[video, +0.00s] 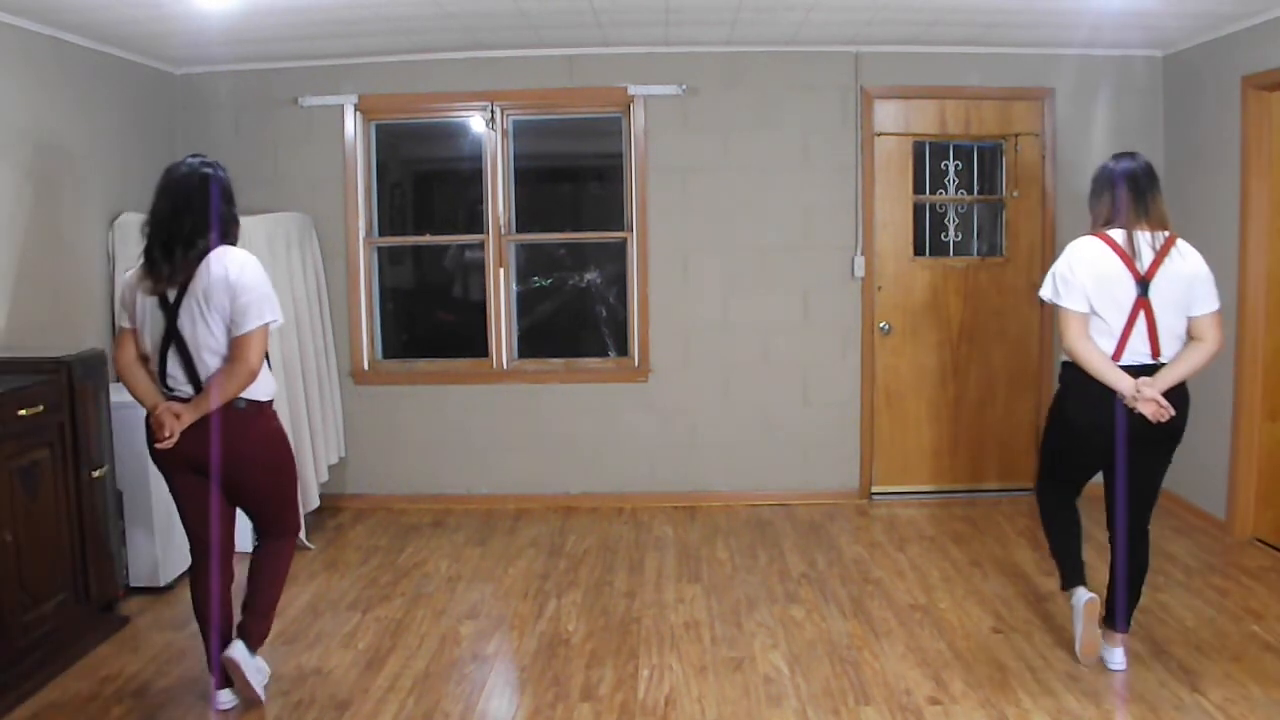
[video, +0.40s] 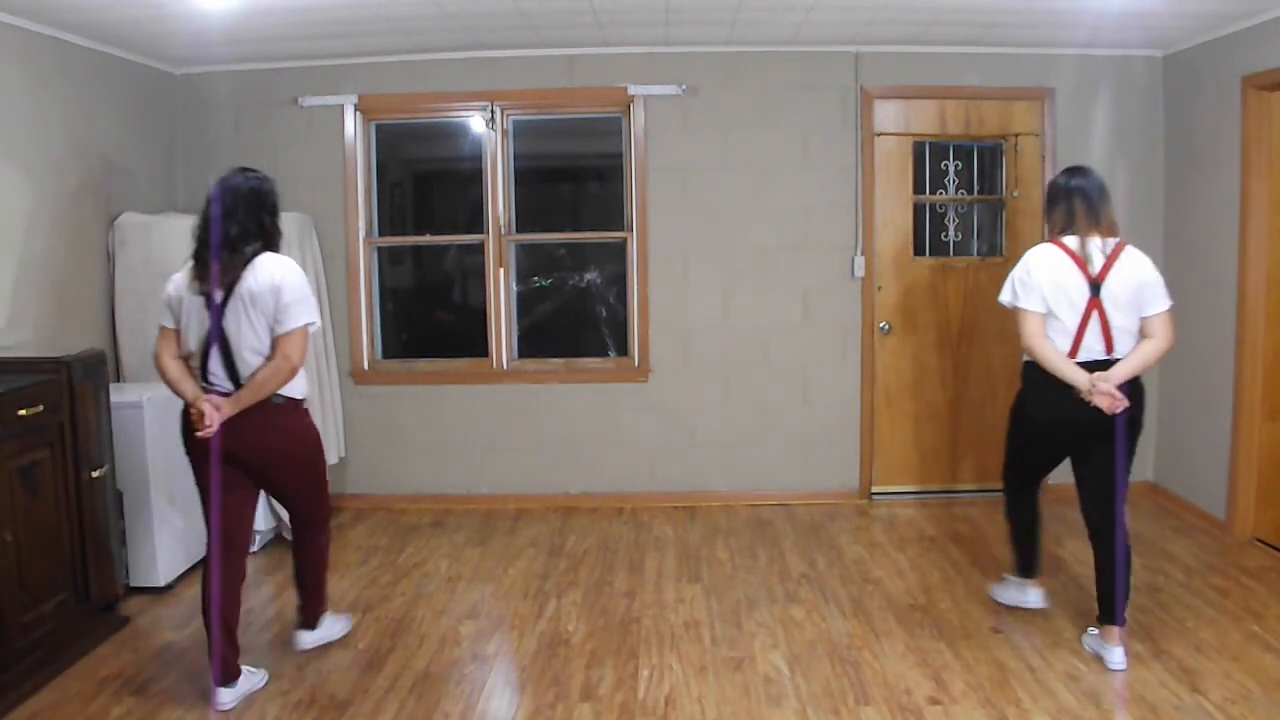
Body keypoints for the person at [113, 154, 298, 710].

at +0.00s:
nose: (229, 211)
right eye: (226, 203)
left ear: (163, 210)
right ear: (223, 209)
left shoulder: (139, 279)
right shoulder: (238, 267)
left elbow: (126, 358)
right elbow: (245, 363)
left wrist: (158, 407)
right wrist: (190, 410)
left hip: (171, 429)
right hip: (239, 425)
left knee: (207, 553)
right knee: (278, 529)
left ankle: (219, 683)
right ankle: (249, 644)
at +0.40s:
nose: (275, 219)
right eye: (272, 211)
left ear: (212, 218)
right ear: (268, 218)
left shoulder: (185, 281)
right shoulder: (283, 273)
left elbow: (166, 354)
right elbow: (288, 359)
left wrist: (197, 399)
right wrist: (227, 406)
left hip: (207, 425)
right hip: (274, 423)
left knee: (223, 549)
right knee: (311, 519)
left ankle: (224, 679)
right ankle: (312, 621)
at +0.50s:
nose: (291, 226)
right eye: (290, 218)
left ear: (230, 219)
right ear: (284, 224)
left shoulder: (205, 284)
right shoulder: (298, 279)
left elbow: (185, 357)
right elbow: (303, 364)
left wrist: (214, 396)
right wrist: (245, 407)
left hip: (227, 430)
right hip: (291, 427)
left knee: (233, 550)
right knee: (315, 524)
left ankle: (226, 679)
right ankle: (343, 605)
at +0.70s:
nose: (335, 221)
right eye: (332, 213)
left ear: (277, 218)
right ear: (327, 220)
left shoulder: (250, 279)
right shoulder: (341, 276)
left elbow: (236, 348)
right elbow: (343, 360)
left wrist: (260, 393)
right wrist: (283, 398)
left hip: (270, 417)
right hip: (332, 416)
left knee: (278, 528)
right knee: (345, 516)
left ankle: (243, 633)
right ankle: (358, 607)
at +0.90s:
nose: (370, 210)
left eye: (368, 200)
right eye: (365, 202)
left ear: (312, 208)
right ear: (346, 209)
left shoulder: (282, 267)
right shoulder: (361, 265)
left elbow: (270, 333)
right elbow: (357, 348)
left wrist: (286, 377)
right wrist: (308, 383)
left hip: (302, 401)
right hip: (353, 401)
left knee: (332, 489)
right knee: (355, 505)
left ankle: (289, 574)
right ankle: (359, 605)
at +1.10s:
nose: (391, 213)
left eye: (390, 204)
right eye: (386, 204)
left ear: (352, 207)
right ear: (363, 207)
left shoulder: (333, 259)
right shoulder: (364, 264)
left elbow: (301, 322)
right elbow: (348, 347)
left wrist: (302, 369)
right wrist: (312, 377)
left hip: (333, 392)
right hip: (362, 396)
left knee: (365, 488)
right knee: (365, 497)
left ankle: (317, 572)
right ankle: (359, 603)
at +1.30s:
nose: (405, 217)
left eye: (405, 208)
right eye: (399, 208)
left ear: (369, 209)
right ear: (374, 209)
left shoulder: (363, 259)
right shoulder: (360, 263)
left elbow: (340, 341)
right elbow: (341, 348)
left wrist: (319, 364)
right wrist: (319, 373)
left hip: (372, 393)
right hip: (359, 395)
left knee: (386, 486)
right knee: (364, 493)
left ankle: (316, 564)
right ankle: (354, 601)